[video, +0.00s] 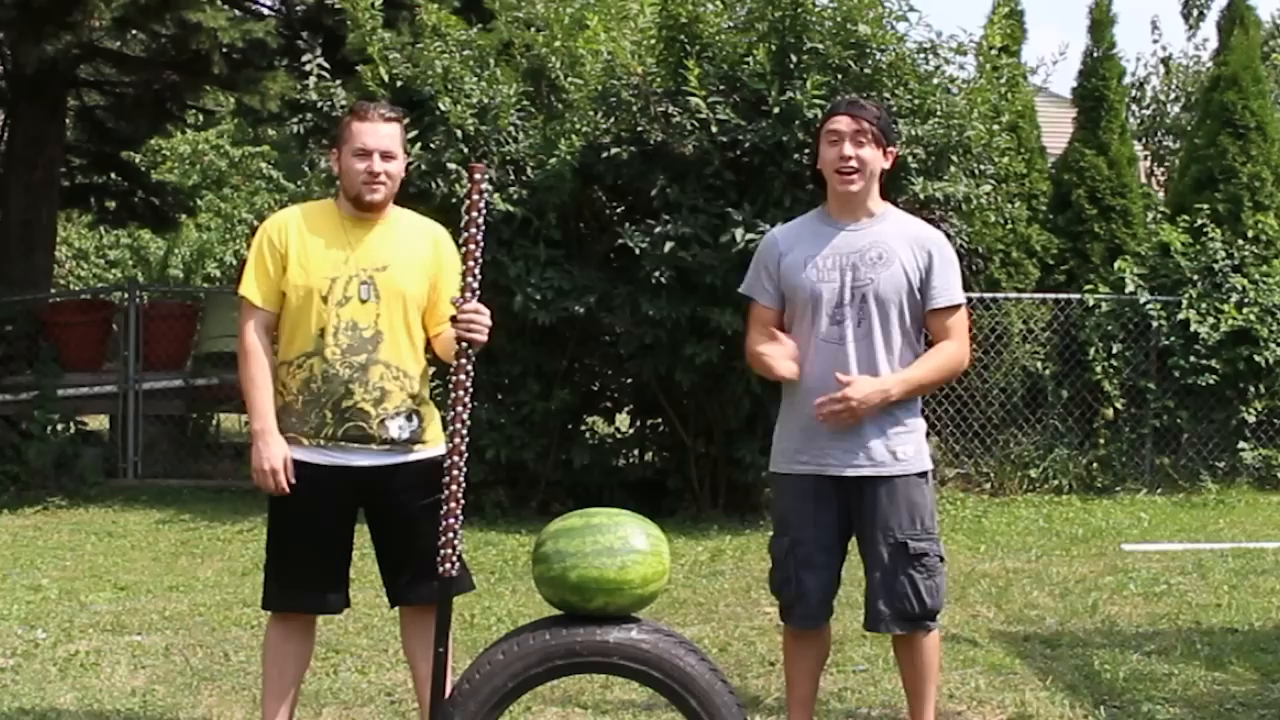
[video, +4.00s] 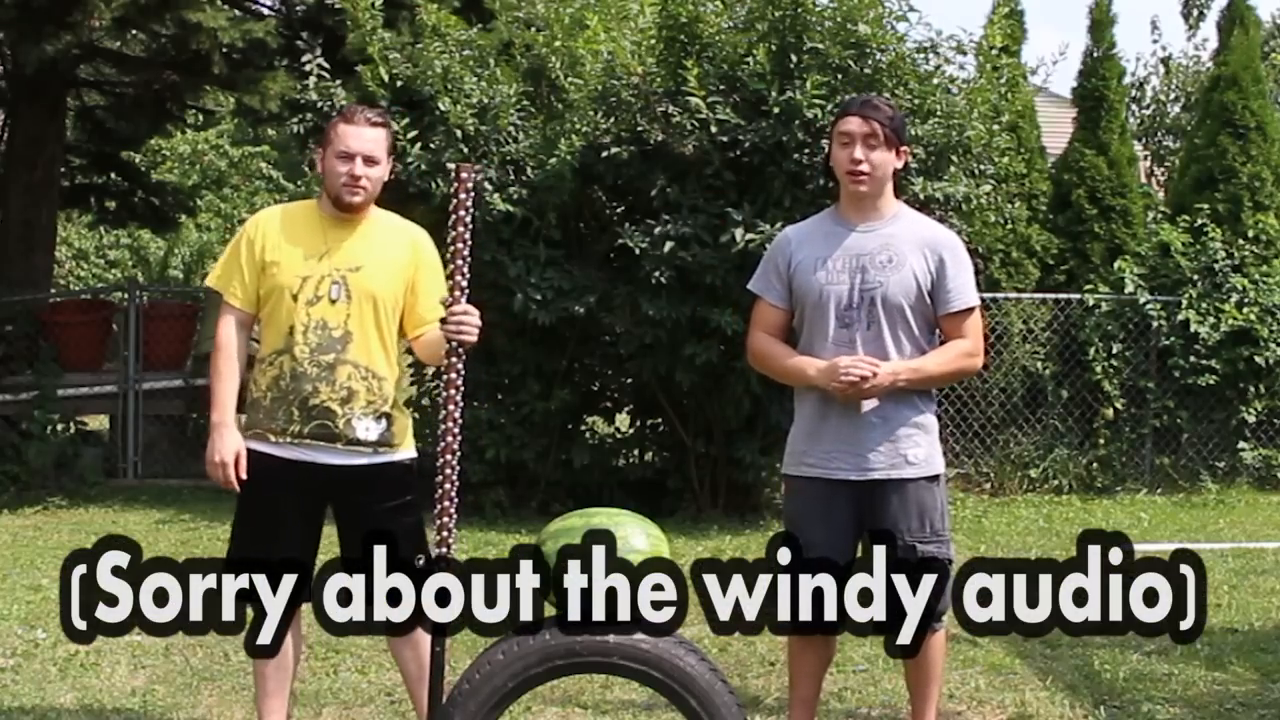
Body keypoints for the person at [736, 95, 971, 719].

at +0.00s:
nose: (846, 152)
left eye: (860, 141)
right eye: (834, 140)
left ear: (885, 156)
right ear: (817, 156)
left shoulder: (925, 243)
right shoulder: (782, 243)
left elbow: (955, 348)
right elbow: (761, 337)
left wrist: (886, 388)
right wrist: (780, 358)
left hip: (894, 462)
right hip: (803, 462)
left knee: (915, 611)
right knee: (802, 610)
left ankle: (922, 717)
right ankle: (798, 716)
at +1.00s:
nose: (853, 149)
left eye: (867, 139)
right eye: (841, 137)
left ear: (891, 156)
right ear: (824, 153)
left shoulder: (930, 242)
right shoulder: (788, 241)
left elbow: (961, 348)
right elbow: (760, 353)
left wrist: (887, 382)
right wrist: (787, 305)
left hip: (903, 460)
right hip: (813, 459)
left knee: (921, 609)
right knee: (808, 609)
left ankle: (923, 716)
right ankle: (799, 716)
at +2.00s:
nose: (852, 150)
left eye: (866, 140)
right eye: (840, 139)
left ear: (889, 157)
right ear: (823, 155)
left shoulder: (930, 243)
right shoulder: (789, 245)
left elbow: (960, 349)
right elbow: (760, 346)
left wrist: (877, 377)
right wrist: (810, 373)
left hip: (905, 464)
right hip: (813, 463)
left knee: (922, 607)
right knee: (809, 608)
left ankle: (923, 716)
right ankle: (799, 716)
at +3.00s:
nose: (853, 153)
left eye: (867, 143)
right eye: (841, 142)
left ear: (892, 156)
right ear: (825, 156)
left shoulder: (933, 244)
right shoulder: (790, 244)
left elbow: (962, 352)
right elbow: (760, 345)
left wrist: (884, 369)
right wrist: (808, 366)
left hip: (905, 465)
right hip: (813, 464)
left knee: (922, 610)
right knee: (805, 609)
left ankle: (923, 717)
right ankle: (799, 717)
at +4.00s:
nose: (856, 155)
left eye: (872, 144)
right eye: (845, 142)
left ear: (898, 157)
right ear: (830, 154)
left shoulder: (937, 243)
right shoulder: (793, 244)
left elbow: (970, 350)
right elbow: (760, 344)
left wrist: (895, 373)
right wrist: (818, 371)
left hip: (908, 465)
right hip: (817, 464)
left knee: (924, 609)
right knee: (809, 609)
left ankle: (924, 716)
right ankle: (800, 716)